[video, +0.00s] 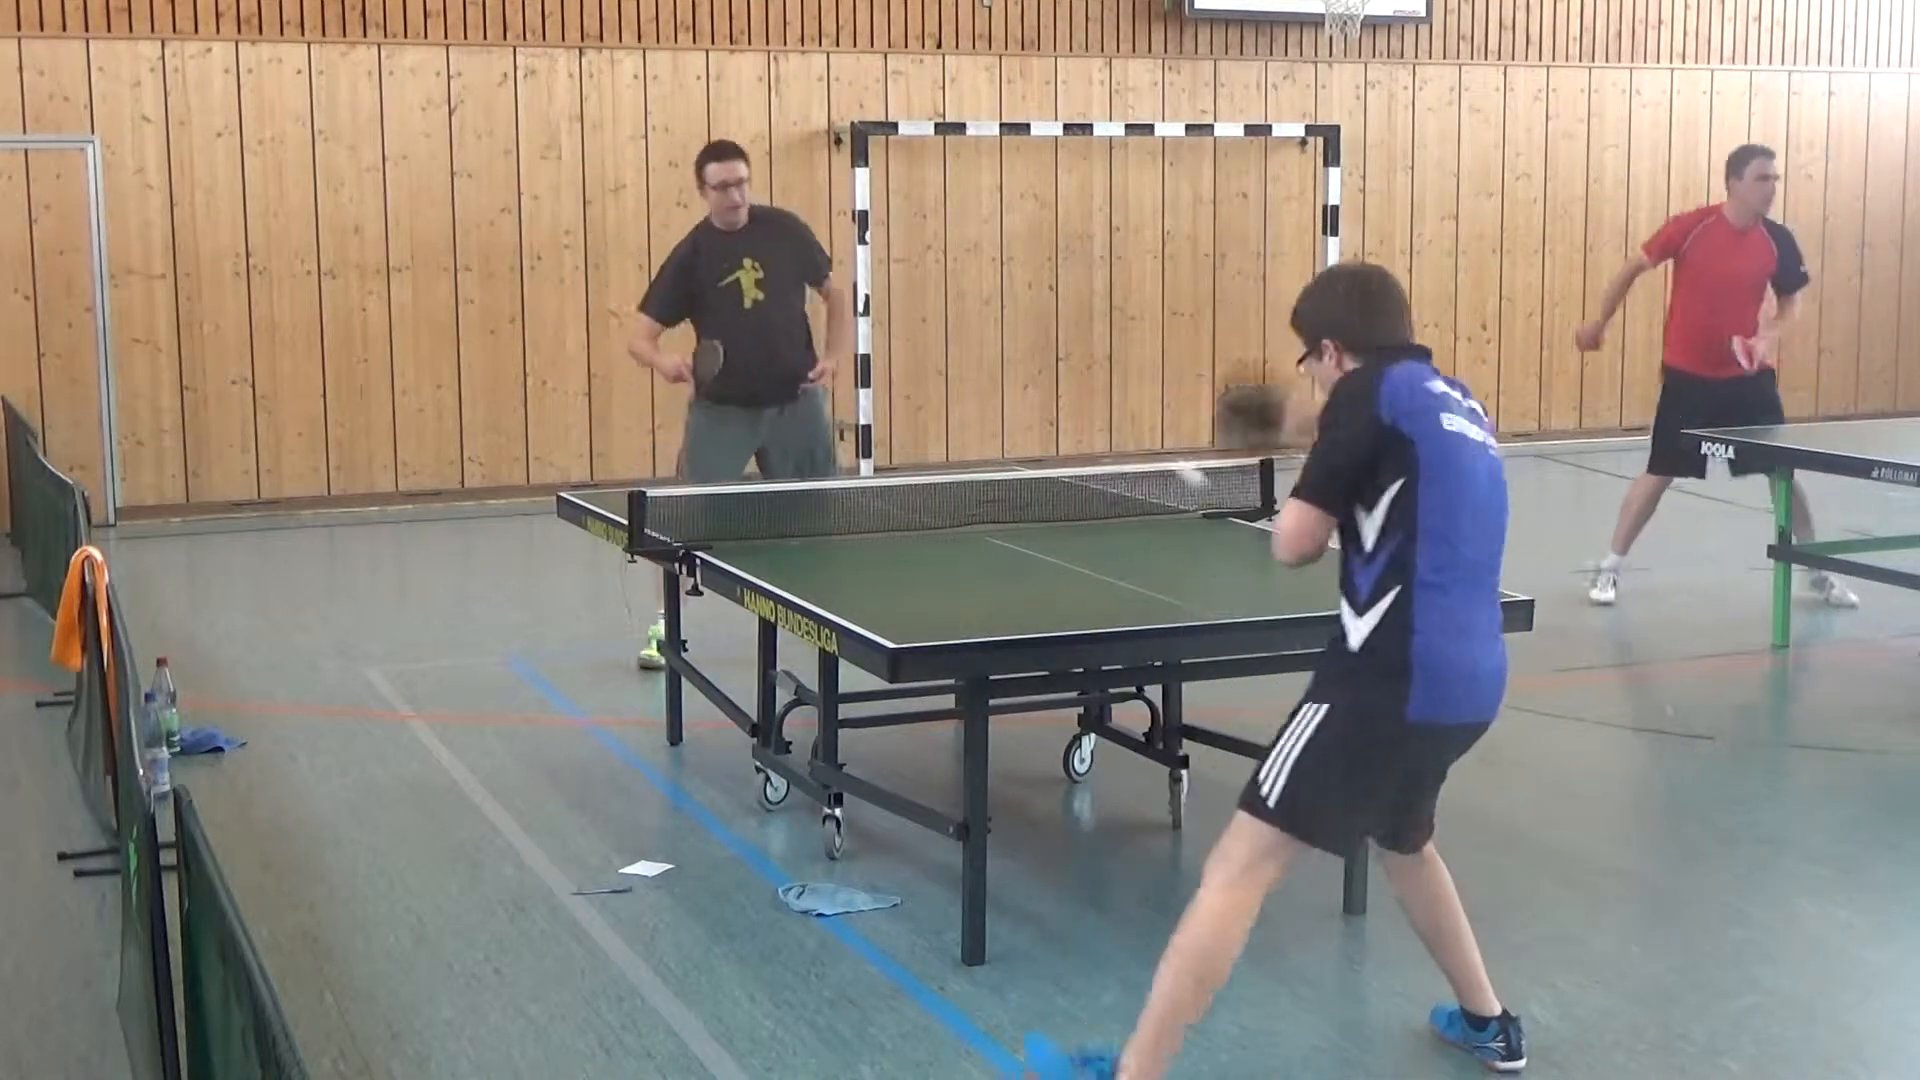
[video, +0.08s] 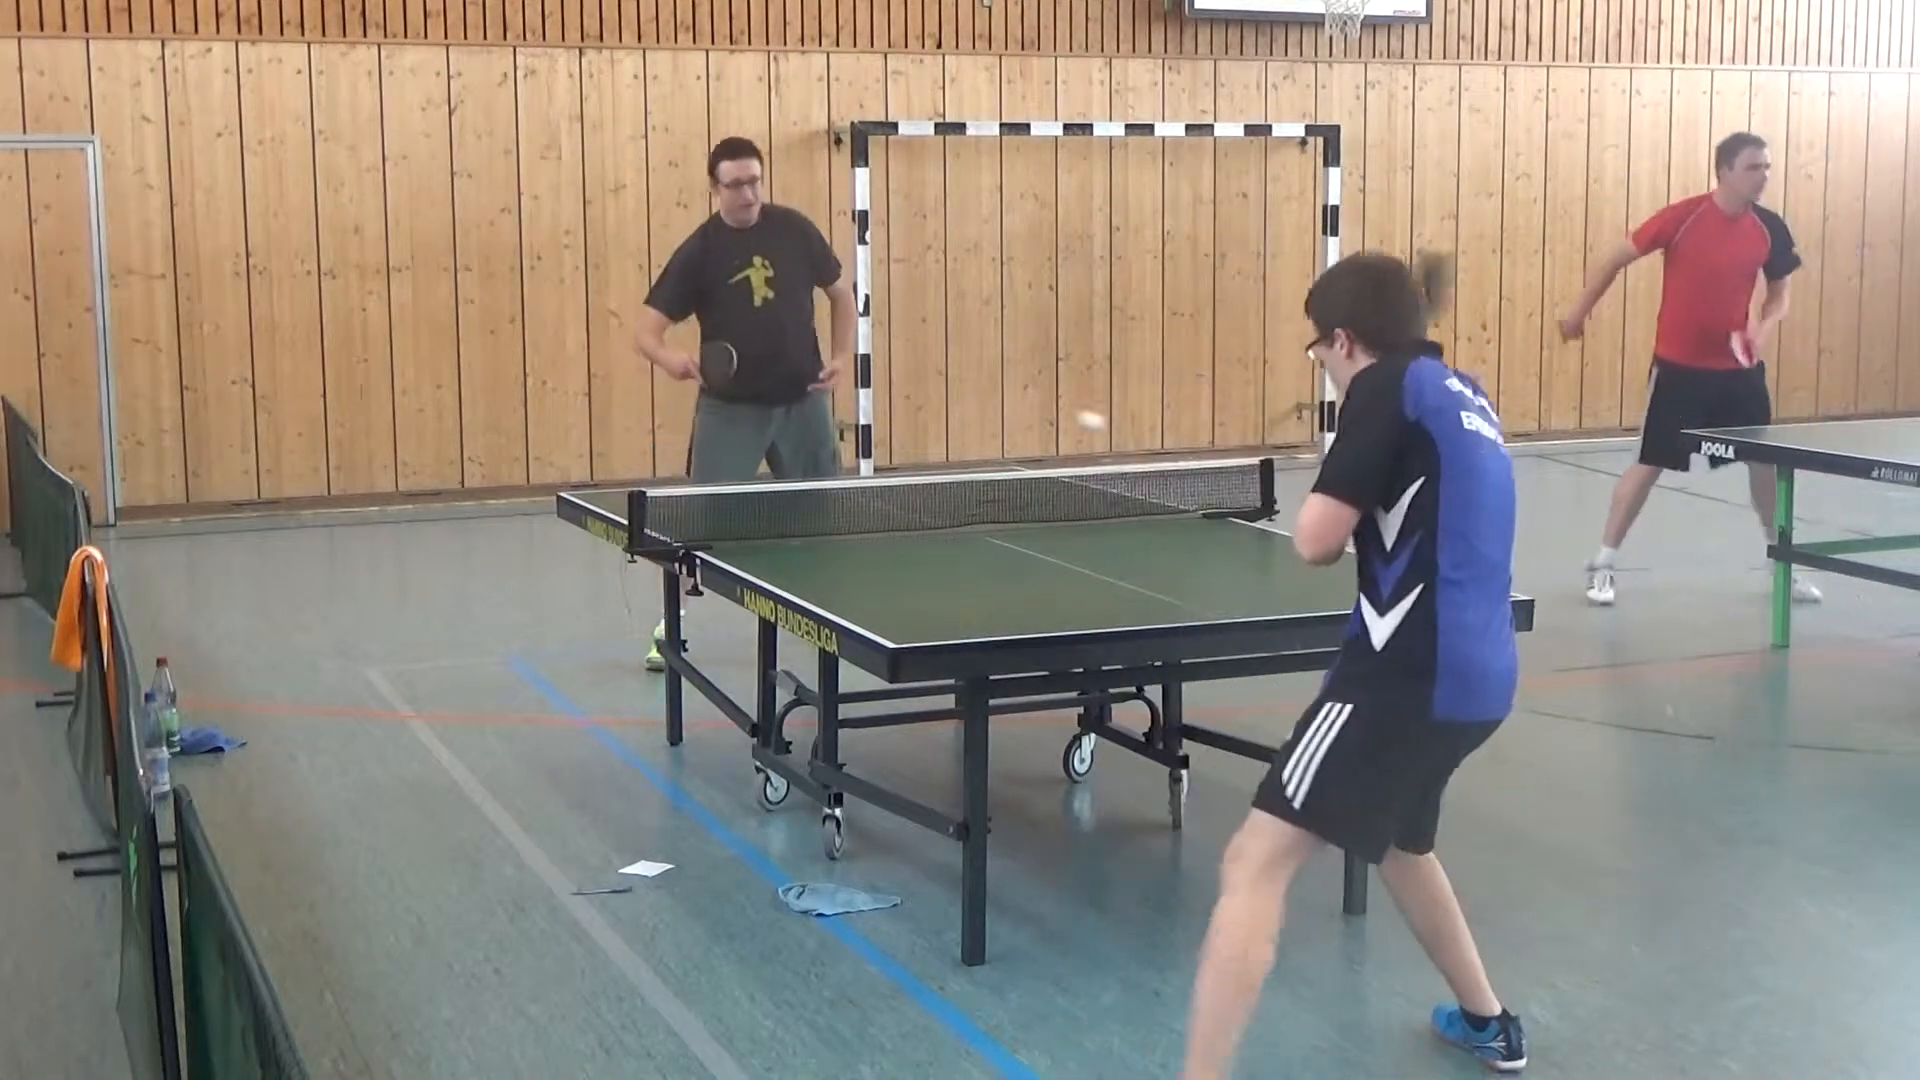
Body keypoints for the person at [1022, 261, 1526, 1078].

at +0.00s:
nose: (1313, 374)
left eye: (1311, 356)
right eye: (1309, 357)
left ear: (1340, 348)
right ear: (1398, 337)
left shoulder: (1369, 395)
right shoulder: (1457, 399)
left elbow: (1293, 544)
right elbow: (1431, 527)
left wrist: (1336, 472)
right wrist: (1344, 479)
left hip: (1384, 681)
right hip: (1469, 679)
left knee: (1242, 865)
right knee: (1405, 834)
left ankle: (1135, 1066)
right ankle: (1489, 1018)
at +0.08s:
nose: (1325, 362)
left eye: (1323, 344)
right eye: (1321, 344)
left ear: (1351, 340)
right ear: (1410, 330)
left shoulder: (1386, 392)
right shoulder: (1464, 392)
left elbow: (1316, 540)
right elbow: (1442, 522)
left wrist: (1367, 485)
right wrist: (1358, 480)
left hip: (1400, 680)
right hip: (1475, 679)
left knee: (1255, 863)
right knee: (1400, 839)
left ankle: (1201, 1069)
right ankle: (1489, 1021)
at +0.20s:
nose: (1334, 345)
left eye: (1334, 327)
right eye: (1331, 327)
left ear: (1360, 324)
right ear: (1425, 315)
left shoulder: (1386, 389)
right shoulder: (1479, 390)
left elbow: (1323, 548)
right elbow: (1469, 537)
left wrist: (1351, 505)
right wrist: (1369, 511)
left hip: (1404, 683)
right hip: (1485, 681)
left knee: (1284, 881)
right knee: (1413, 837)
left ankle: (1309, 1069)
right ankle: (1501, 1016)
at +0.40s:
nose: (1318, 331)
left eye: (1320, 316)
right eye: (1318, 316)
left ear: (1342, 320)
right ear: (1418, 314)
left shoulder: (1356, 396)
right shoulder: (1485, 404)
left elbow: (1272, 563)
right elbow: (1544, 582)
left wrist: (1283, 559)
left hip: (1404, 696)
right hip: (1497, 691)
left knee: (1272, 898)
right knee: (1441, 848)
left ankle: (1315, 1068)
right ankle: (1504, 1018)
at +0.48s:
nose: (1309, 314)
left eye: (1311, 299)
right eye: (1310, 299)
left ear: (1332, 305)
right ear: (1412, 303)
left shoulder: (1332, 380)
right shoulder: (1488, 399)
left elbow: (1246, 543)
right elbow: (1548, 570)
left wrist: (1252, 570)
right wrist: (1490, 623)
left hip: (1393, 689)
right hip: (1497, 685)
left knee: (1272, 893)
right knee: (1459, 841)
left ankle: (1313, 1070)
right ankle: (1507, 1017)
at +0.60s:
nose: (1301, 282)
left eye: (1304, 269)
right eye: (1304, 268)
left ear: (1323, 277)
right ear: (1408, 275)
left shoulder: (1310, 353)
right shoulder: (1482, 370)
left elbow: (1235, 514)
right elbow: (1551, 535)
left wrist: (1230, 576)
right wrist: (1486, 587)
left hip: (1382, 674)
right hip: (1497, 670)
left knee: (1293, 883)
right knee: (1484, 844)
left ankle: (1318, 1071)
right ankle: (1535, 1045)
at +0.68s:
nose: (1295, 274)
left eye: (1299, 259)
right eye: (1298, 258)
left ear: (1321, 266)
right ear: (1403, 264)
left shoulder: (1311, 345)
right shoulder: (1485, 361)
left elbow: (1266, 496)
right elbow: (1550, 522)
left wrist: (1236, 583)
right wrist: (1466, 563)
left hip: (1381, 667)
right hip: (1498, 663)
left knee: (1298, 885)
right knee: (1498, 863)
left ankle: (1315, 1072)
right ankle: (1561, 1068)